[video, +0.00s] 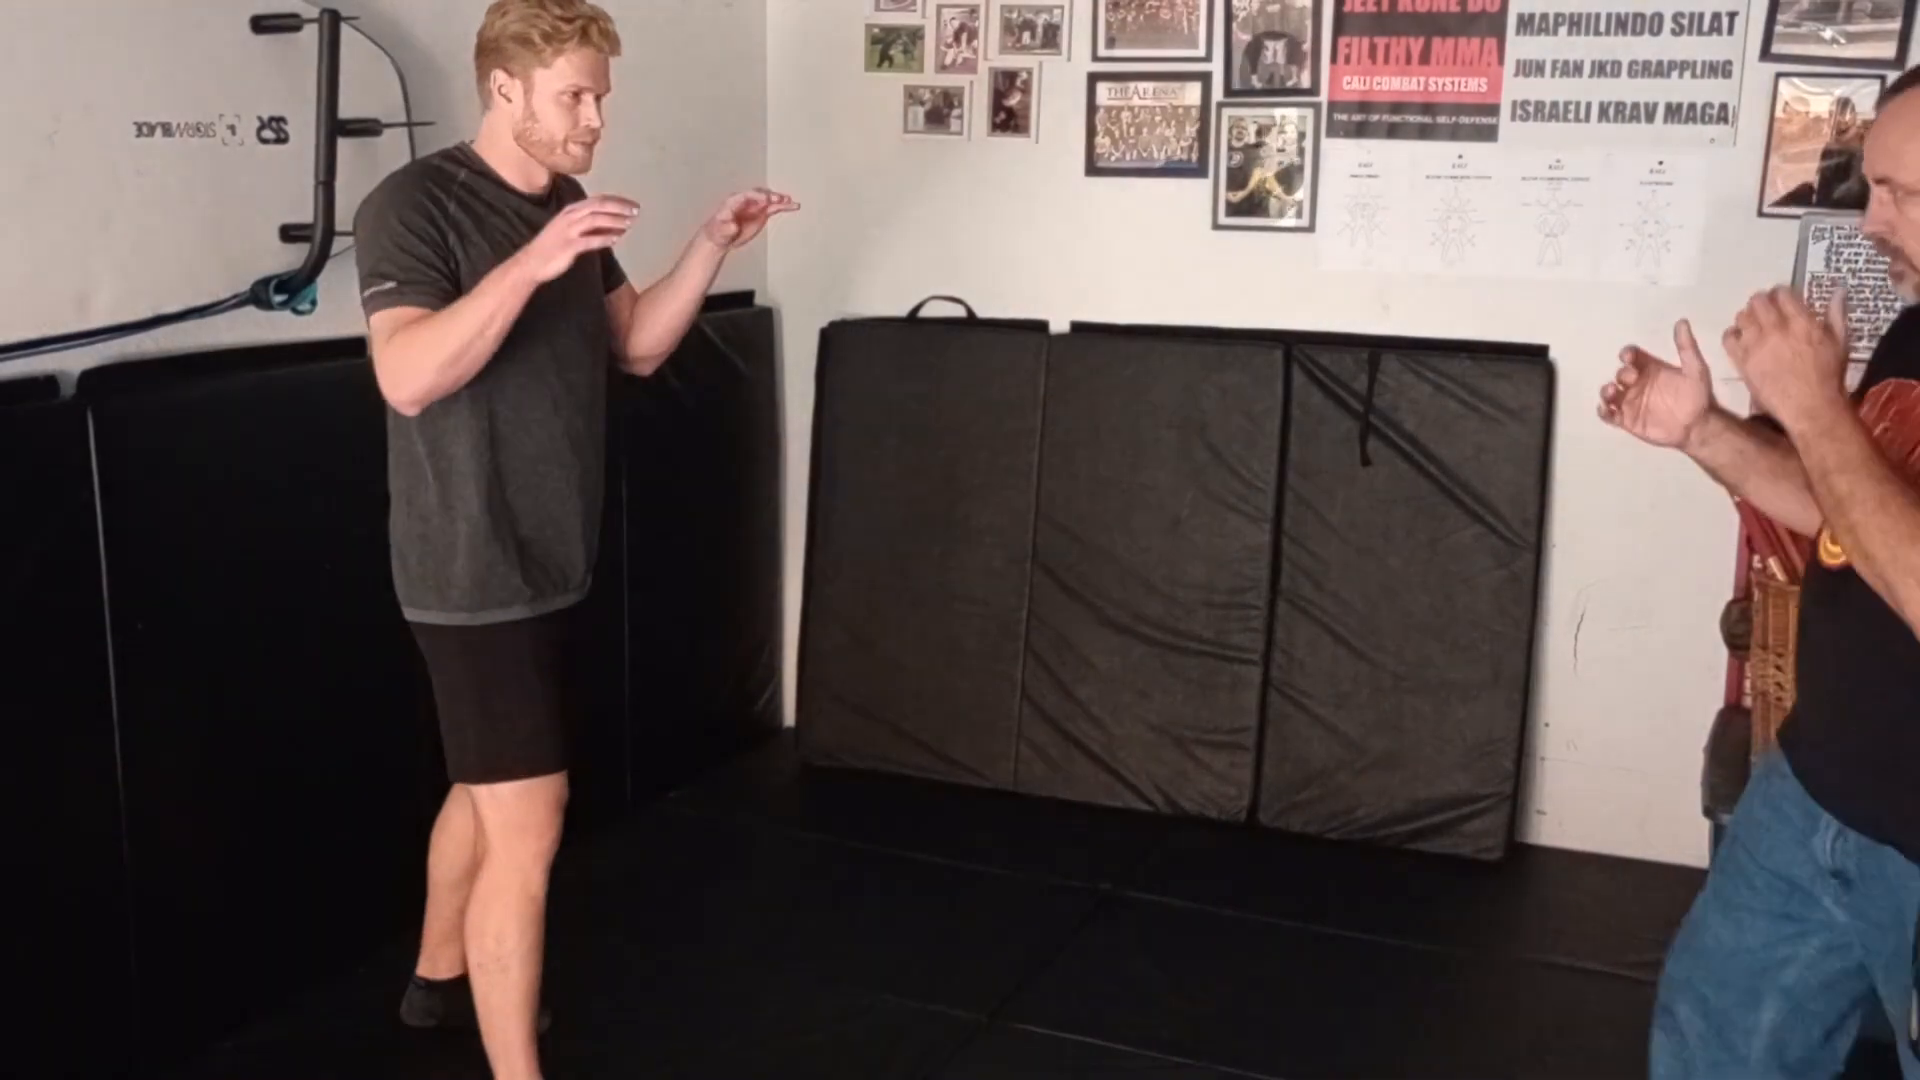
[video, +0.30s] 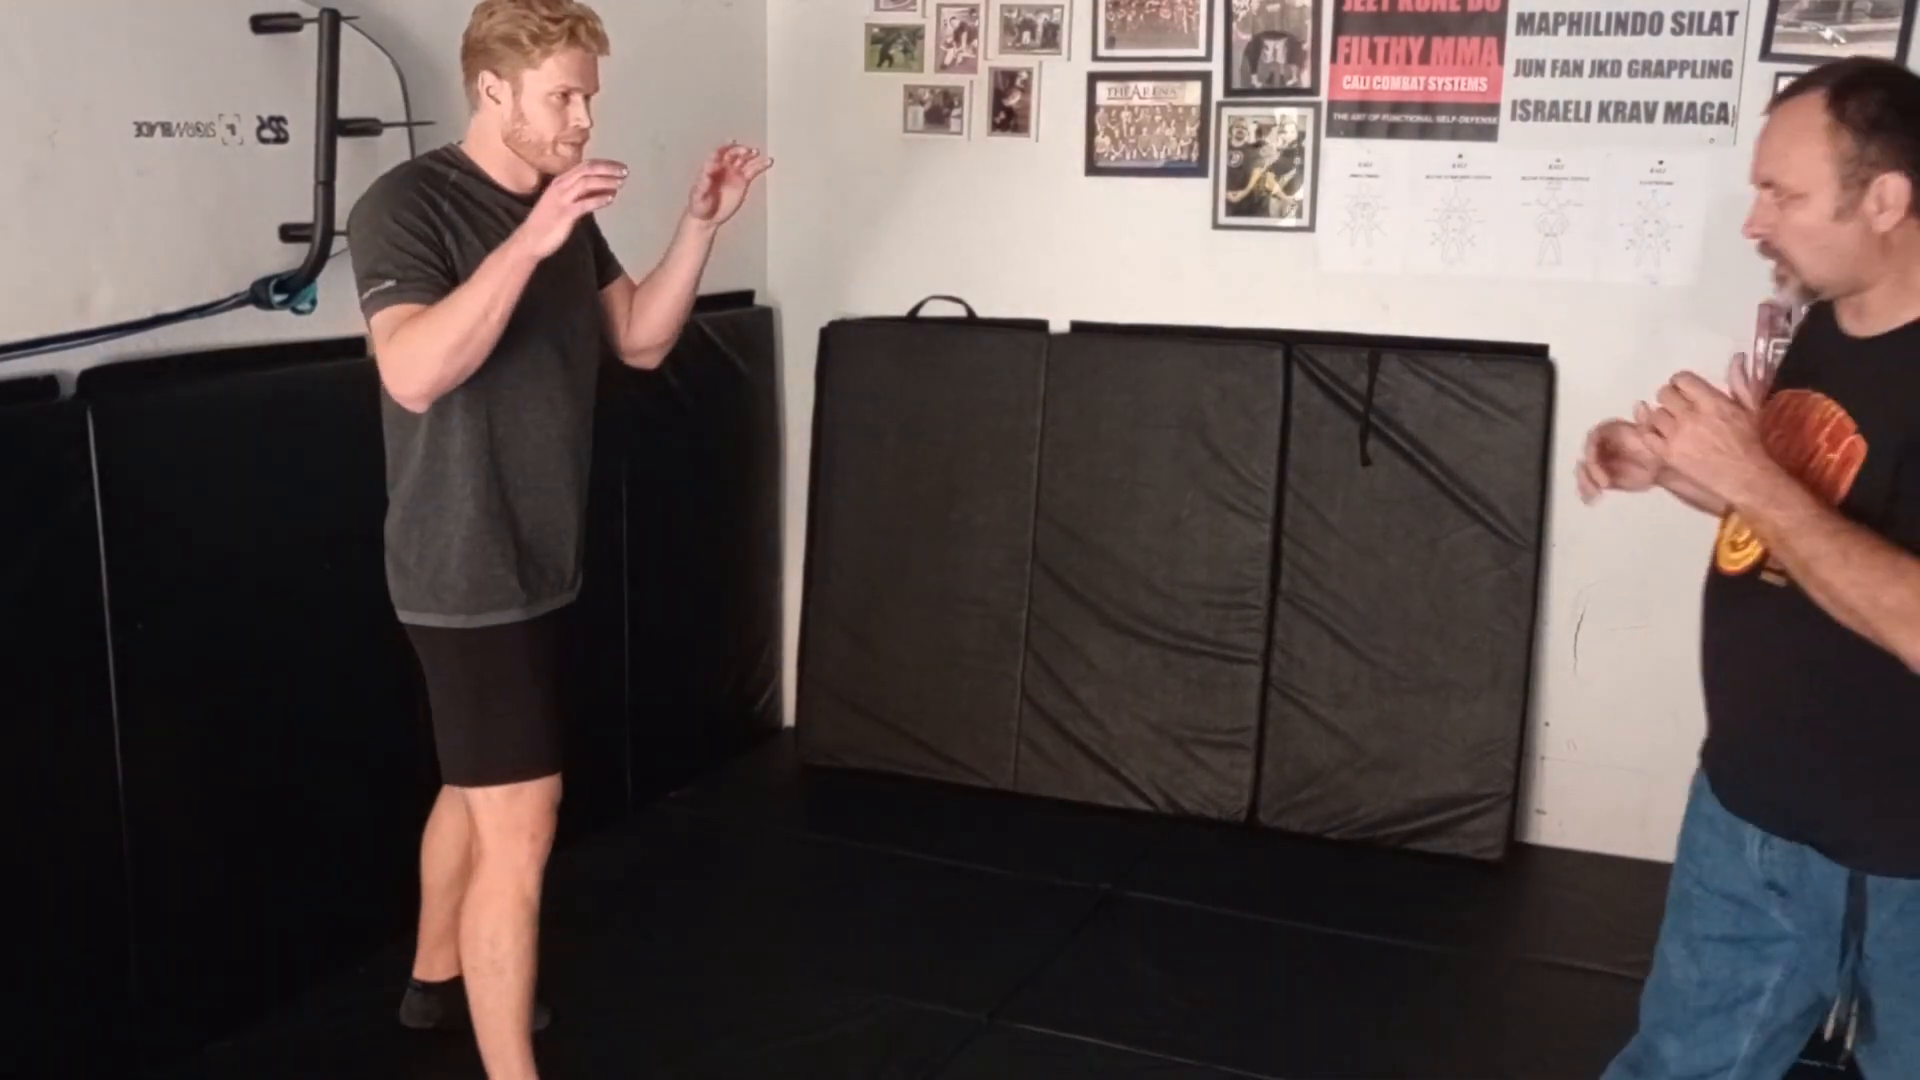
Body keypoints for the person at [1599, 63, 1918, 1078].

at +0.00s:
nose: (1873, 222)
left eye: (1895, 191)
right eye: (1870, 189)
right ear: (1868, 192)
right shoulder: (1903, 339)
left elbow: (1908, 586)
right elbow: (1838, 511)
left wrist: (1812, 407)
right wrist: (1706, 428)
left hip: (1913, 860)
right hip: (1813, 795)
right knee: (1715, 1045)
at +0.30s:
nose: (1753, 224)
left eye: (1781, 196)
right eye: (1758, 192)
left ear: (1886, 202)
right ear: (1871, 203)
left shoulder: (1915, 357)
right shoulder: (1821, 326)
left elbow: (1908, 622)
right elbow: (1818, 510)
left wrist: (1755, 481)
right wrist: (1682, 466)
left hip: (1903, 853)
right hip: (1752, 809)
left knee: (1899, 1062)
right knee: (1684, 1059)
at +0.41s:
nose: (1695, 230)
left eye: (1719, 201)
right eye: (1697, 198)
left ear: (1820, 203)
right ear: (1812, 206)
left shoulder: (1916, 353)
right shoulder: (1774, 323)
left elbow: (1877, 610)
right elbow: (1727, 512)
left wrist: (1696, 460)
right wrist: (1611, 440)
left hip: (1882, 847)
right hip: (1709, 800)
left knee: (1876, 1063)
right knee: (1657, 1056)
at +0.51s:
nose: (1643, 230)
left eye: (1664, 201)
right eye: (1644, 200)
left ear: (1763, 200)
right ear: (1752, 202)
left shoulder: (1895, 337)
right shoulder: (1700, 329)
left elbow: (1829, 588)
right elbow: (1655, 510)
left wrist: (1652, 434)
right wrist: (1539, 415)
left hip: (1842, 831)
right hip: (1673, 792)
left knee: (1819, 1065)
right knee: (1636, 1056)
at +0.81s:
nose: (1578, 239)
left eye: (1597, 211)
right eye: (1577, 210)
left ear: (1694, 205)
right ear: (1683, 209)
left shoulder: (1850, 351)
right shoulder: (1642, 338)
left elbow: (1787, 605)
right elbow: (1589, 529)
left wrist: (1586, 465)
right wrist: (1465, 455)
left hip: (1723, 840)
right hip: (1575, 785)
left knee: (1649, 1062)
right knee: (1499, 1003)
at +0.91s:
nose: (1582, 254)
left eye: (1601, 223)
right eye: (1584, 221)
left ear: (1696, 223)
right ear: (1689, 226)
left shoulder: (1839, 386)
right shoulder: (1663, 337)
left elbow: (1737, 633)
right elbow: (1610, 545)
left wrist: (1559, 477)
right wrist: (1479, 477)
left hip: (1679, 860)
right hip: (1539, 765)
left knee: (1628, 1065)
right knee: (1376, 921)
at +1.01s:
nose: (1582, 241)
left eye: (1603, 214)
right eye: (1584, 211)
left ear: (1698, 217)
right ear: (1695, 215)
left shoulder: (1811, 376)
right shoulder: (1689, 313)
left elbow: (1645, 594)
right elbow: (1630, 467)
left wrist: (1528, 395)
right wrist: (1509, 436)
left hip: (1627, 842)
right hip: (1518, 708)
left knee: (1581, 1067)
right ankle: (1214, 1059)